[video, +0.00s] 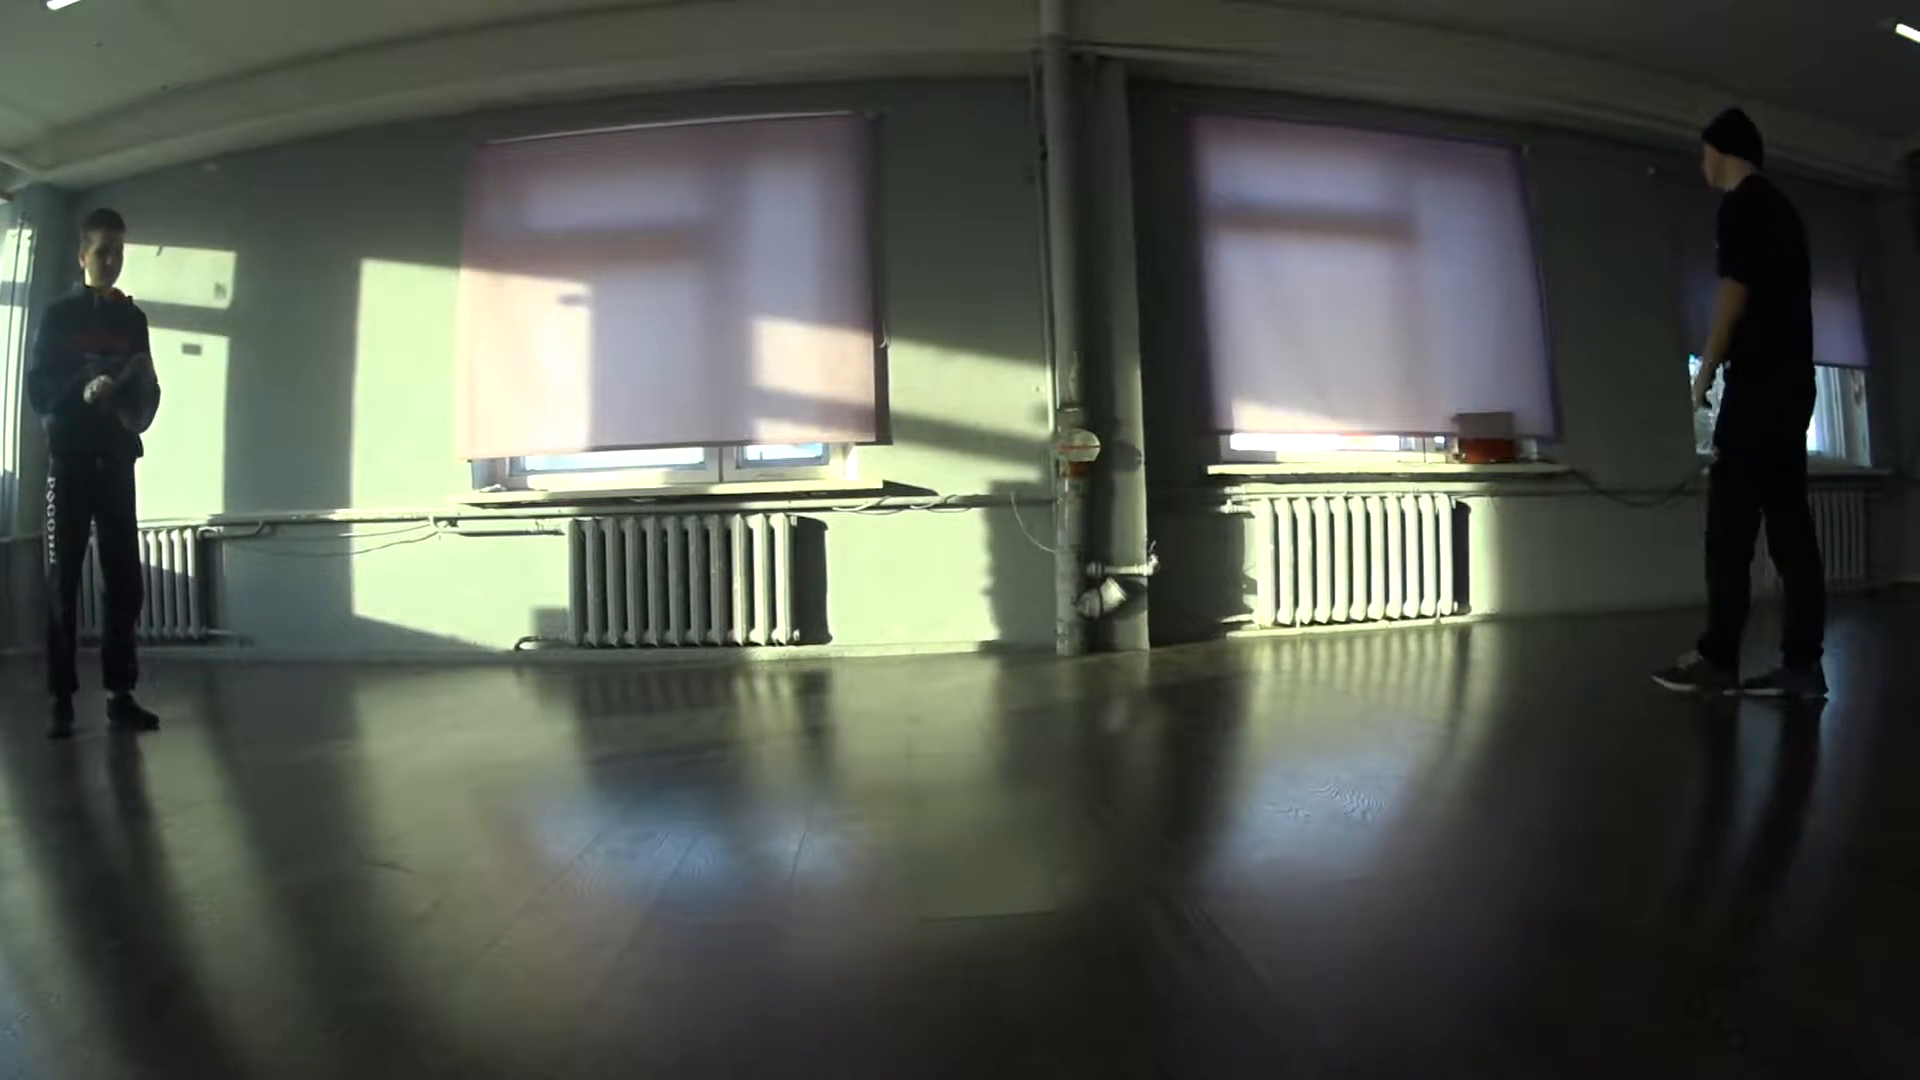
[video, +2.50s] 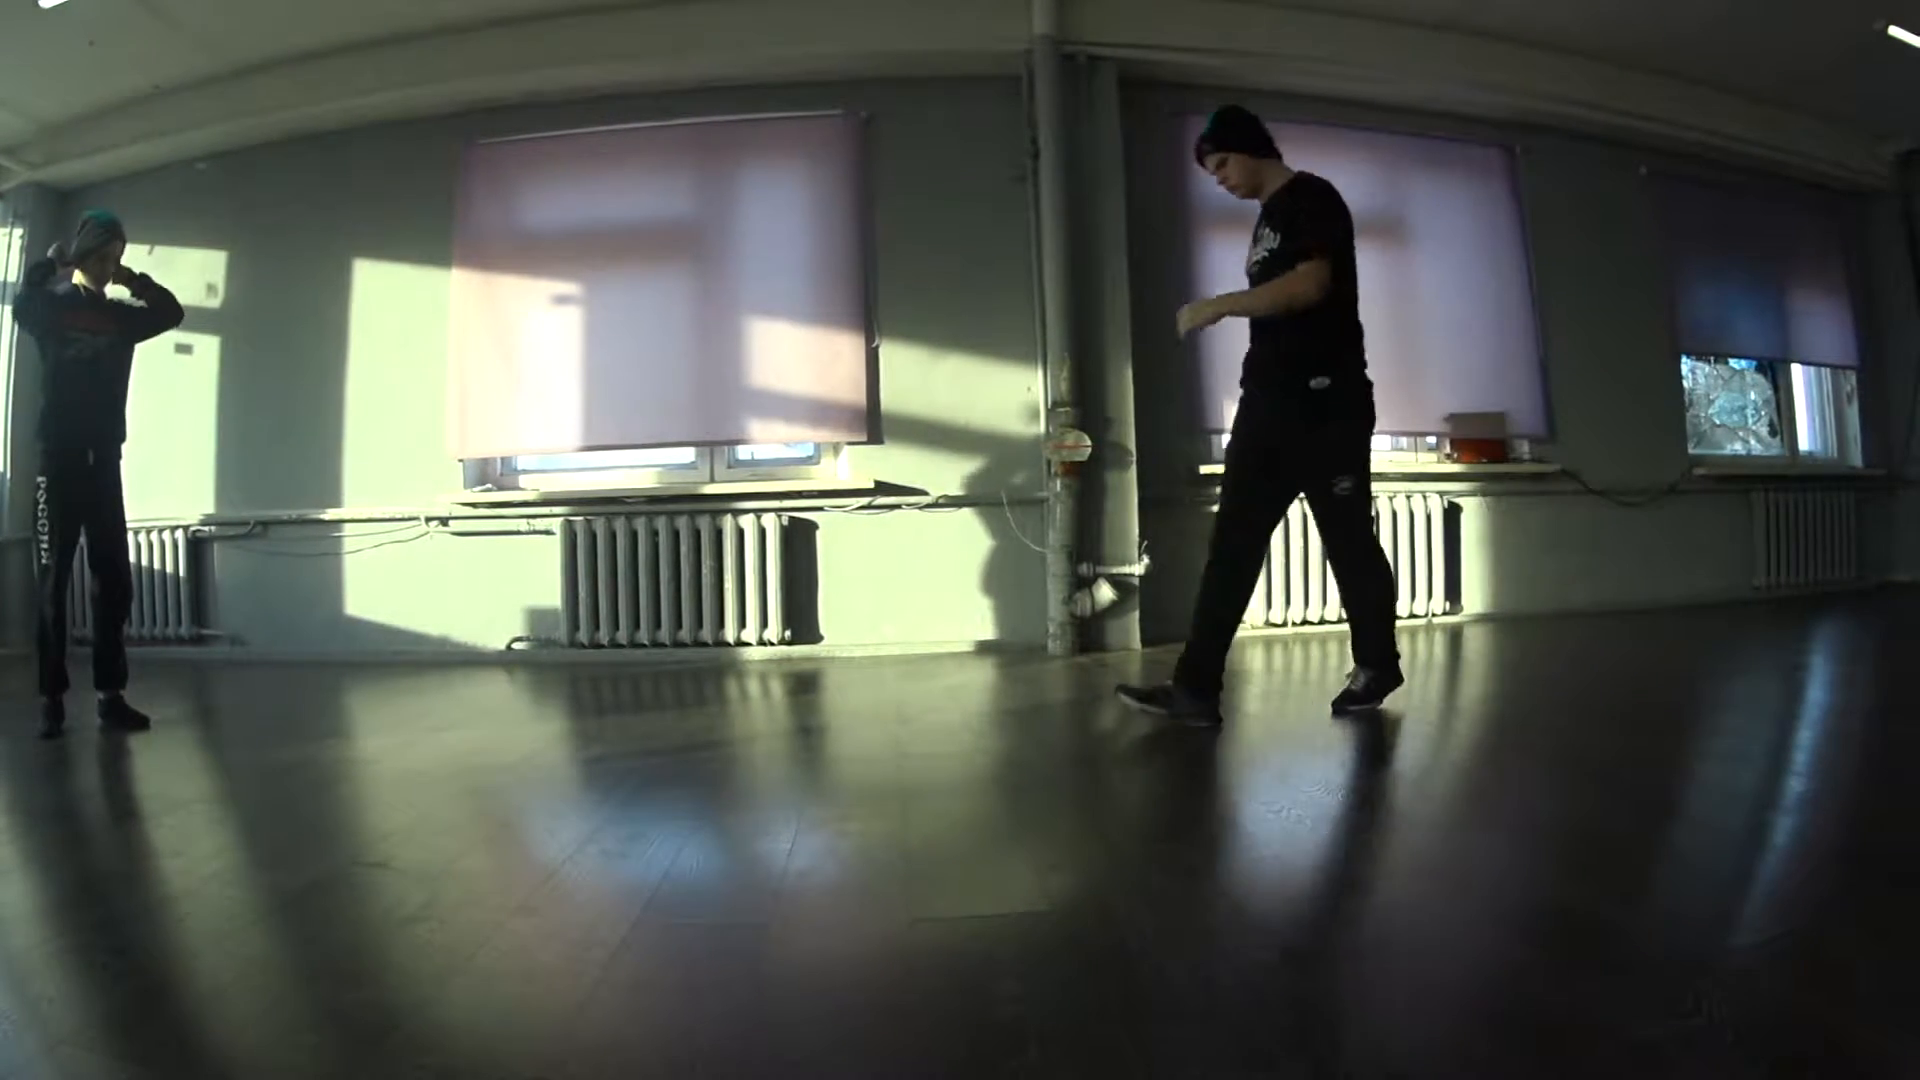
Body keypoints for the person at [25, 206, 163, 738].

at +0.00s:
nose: (111, 259)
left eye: (117, 250)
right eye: (102, 250)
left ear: (124, 254)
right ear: (82, 253)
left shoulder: (132, 315)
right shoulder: (59, 312)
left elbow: (148, 388)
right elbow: (38, 392)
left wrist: (130, 411)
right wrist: (81, 389)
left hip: (116, 457)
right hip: (70, 457)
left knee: (124, 576)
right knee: (64, 576)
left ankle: (121, 696)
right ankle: (62, 699)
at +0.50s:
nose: (111, 256)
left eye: (118, 247)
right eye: (102, 247)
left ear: (127, 251)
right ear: (83, 253)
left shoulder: (138, 315)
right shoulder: (63, 310)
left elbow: (154, 393)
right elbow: (39, 385)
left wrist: (139, 390)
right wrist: (81, 380)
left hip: (113, 456)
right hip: (66, 456)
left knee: (120, 577)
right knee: (60, 580)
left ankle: (119, 696)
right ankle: (60, 700)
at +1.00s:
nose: (109, 255)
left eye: (115, 246)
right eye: (101, 246)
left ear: (122, 252)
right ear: (80, 253)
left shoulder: (133, 315)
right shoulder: (60, 308)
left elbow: (147, 397)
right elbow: (35, 381)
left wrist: (128, 364)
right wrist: (79, 355)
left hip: (112, 458)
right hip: (65, 456)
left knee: (118, 576)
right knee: (59, 577)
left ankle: (117, 696)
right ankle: (58, 700)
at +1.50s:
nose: (107, 263)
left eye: (114, 255)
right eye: (98, 254)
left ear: (122, 259)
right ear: (79, 255)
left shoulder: (123, 312)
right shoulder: (61, 306)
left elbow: (171, 328)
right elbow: (41, 329)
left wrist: (159, 279)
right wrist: (77, 277)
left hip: (109, 457)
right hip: (62, 456)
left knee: (117, 579)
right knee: (57, 577)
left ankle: (115, 696)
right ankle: (55, 701)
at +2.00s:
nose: (107, 261)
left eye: (115, 252)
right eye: (99, 251)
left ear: (122, 257)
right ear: (81, 254)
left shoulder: (128, 311)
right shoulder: (56, 304)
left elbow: (174, 281)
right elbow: (33, 280)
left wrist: (135, 250)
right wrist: (62, 239)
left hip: (108, 456)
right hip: (61, 454)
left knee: (117, 579)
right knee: (57, 576)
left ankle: (114, 697)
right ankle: (54, 701)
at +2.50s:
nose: (110, 265)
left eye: (115, 256)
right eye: (104, 255)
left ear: (116, 256)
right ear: (83, 254)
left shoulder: (124, 317)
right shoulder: (52, 307)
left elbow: (171, 313)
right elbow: (21, 306)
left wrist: (133, 280)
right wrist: (48, 264)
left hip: (104, 457)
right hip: (57, 456)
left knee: (114, 577)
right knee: (53, 576)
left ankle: (112, 697)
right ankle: (52, 700)